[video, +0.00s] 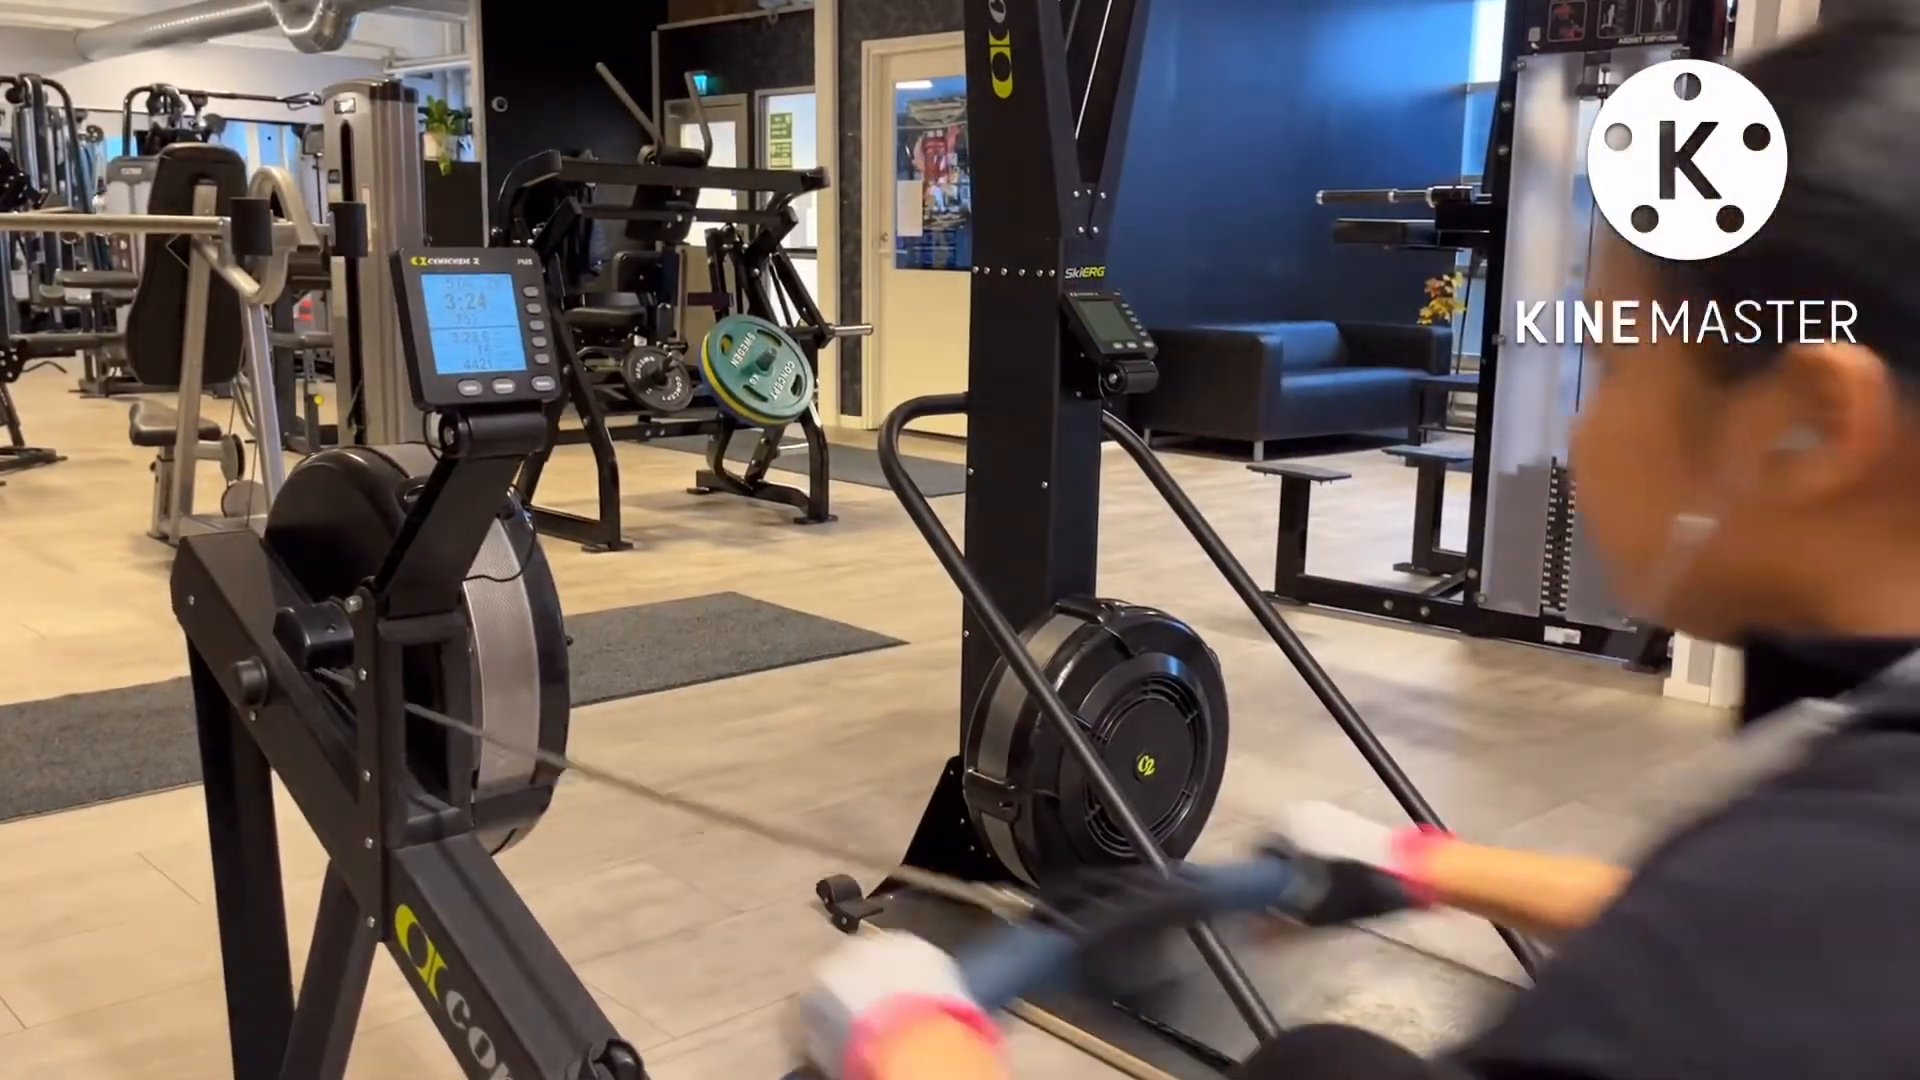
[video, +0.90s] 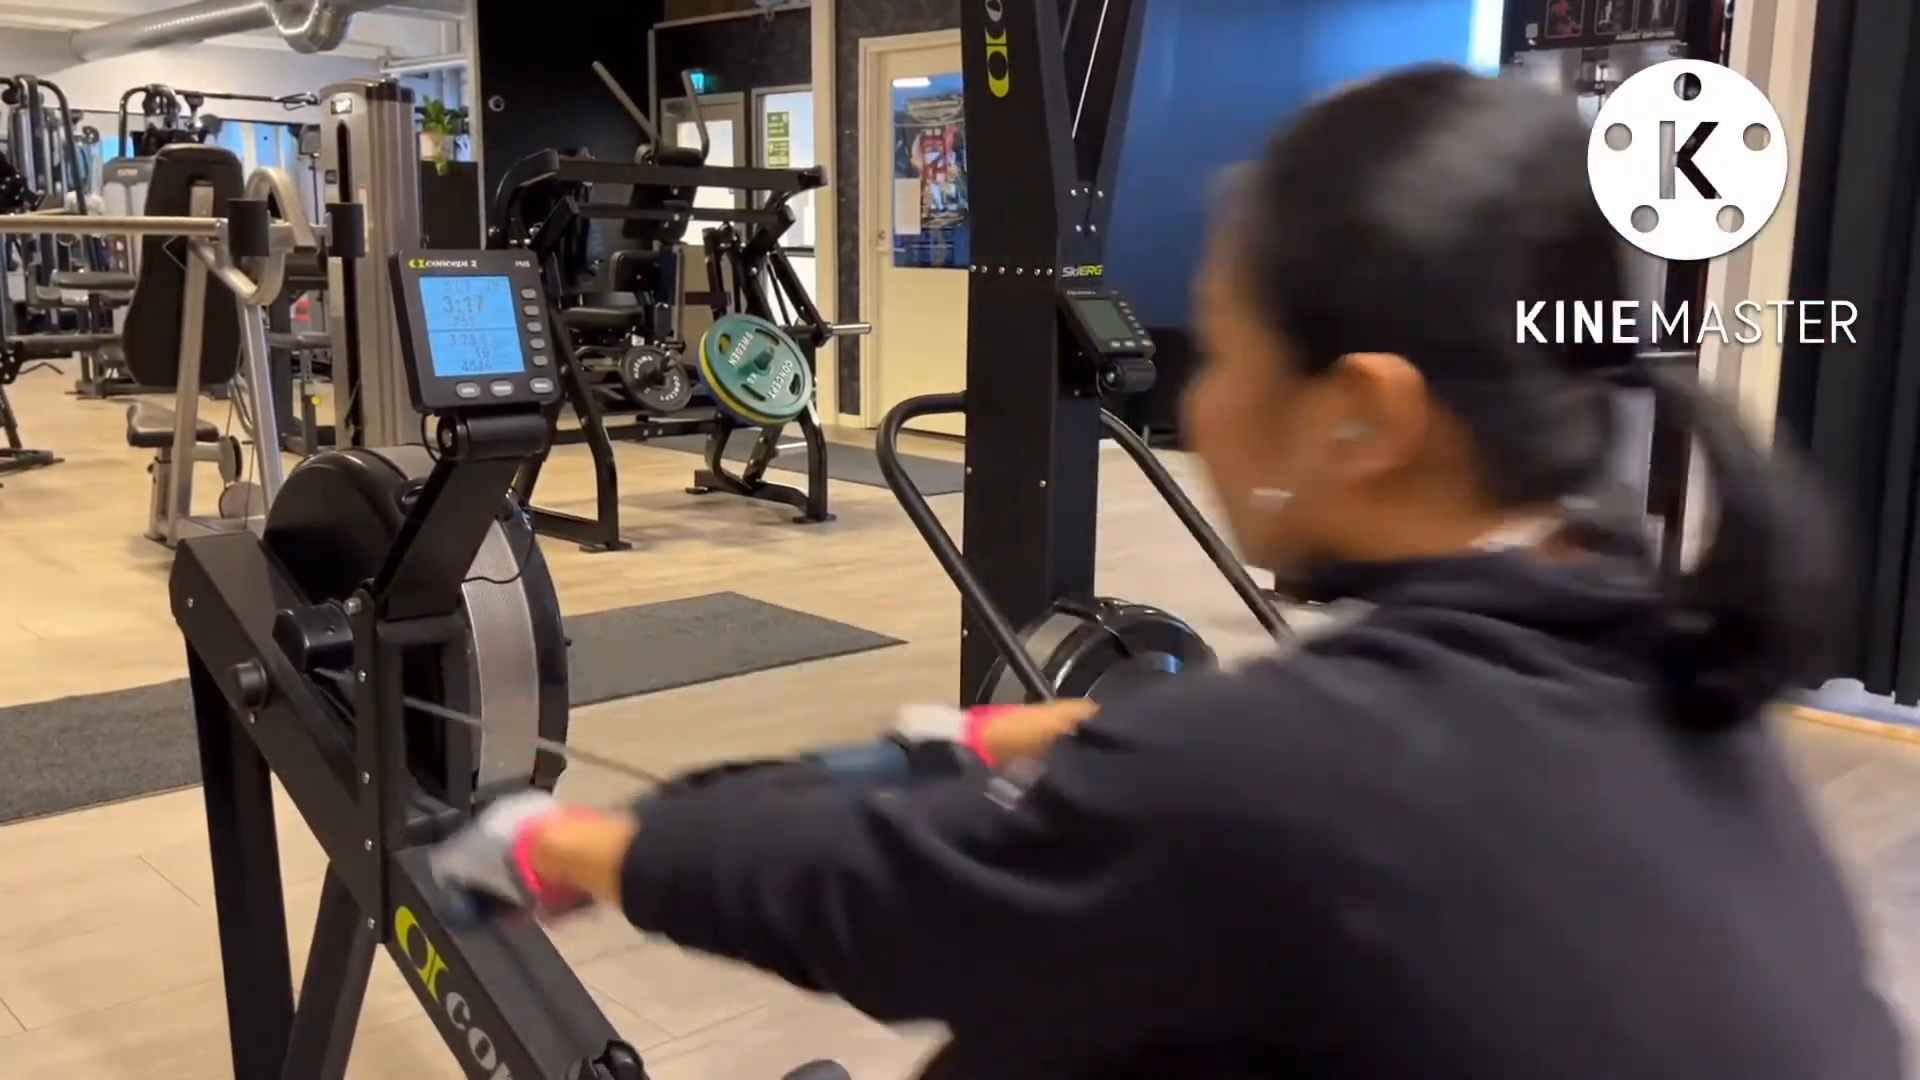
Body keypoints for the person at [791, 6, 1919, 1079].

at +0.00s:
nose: (1576, 430)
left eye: (1615, 346)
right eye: (1599, 346)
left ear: (1822, 428)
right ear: (1825, 434)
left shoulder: (1768, 935)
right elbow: (1808, 907)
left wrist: (943, 1057)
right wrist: (1441, 867)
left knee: (1331, 1045)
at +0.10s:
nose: (1418, 416)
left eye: (1447, 357)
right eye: (1434, 356)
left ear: (1614, 420)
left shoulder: (1580, 857)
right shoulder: (1880, 696)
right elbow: (1691, 827)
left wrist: (790, 985)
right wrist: (1376, 819)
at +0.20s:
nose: (1275, 391)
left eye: (1301, 349)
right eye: (1290, 343)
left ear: (1441, 418)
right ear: (1658, 402)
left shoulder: (1446, 788)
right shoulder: (1779, 669)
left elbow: (929, 1049)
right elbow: (1535, 732)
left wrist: (672, 896)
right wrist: (1236, 768)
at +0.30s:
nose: (1152, 388)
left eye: (1174, 347)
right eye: (1166, 342)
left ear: (1296, 411)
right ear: (1504, 380)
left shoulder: (1255, 745)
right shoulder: (1594, 636)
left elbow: (787, 980)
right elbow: (1364, 773)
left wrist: (561, 824)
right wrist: (1076, 736)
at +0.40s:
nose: (1052, 385)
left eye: (1074, 346)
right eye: (1068, 340)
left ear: (1177, 413)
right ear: (1386, 382)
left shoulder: (1086, 716)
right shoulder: (1477, 597)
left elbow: (674, 897)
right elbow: (1278, 722)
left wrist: (482, 784)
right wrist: (999, 697)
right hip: (1627, 1039)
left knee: (916, 970)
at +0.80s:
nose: (1047, 394)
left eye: (1071, 352)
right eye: (1058, 346)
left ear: (1191, 421)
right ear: (1389, 393)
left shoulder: (1119, 704)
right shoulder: (1498, 606)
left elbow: (772, 779)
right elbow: (1282, 692)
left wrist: (531, 744)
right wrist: (1012, 664)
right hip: (1661, 1040)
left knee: (947, 1006)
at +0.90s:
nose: (1186, 403)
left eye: (1214, 360)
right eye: (1199, 353)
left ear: (1368, 423)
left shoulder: (1273, 768)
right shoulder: (1678, 670)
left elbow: (900, 882)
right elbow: (1398, 757)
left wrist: (617, 849)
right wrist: (1101, 744)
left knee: (1003, 1033)